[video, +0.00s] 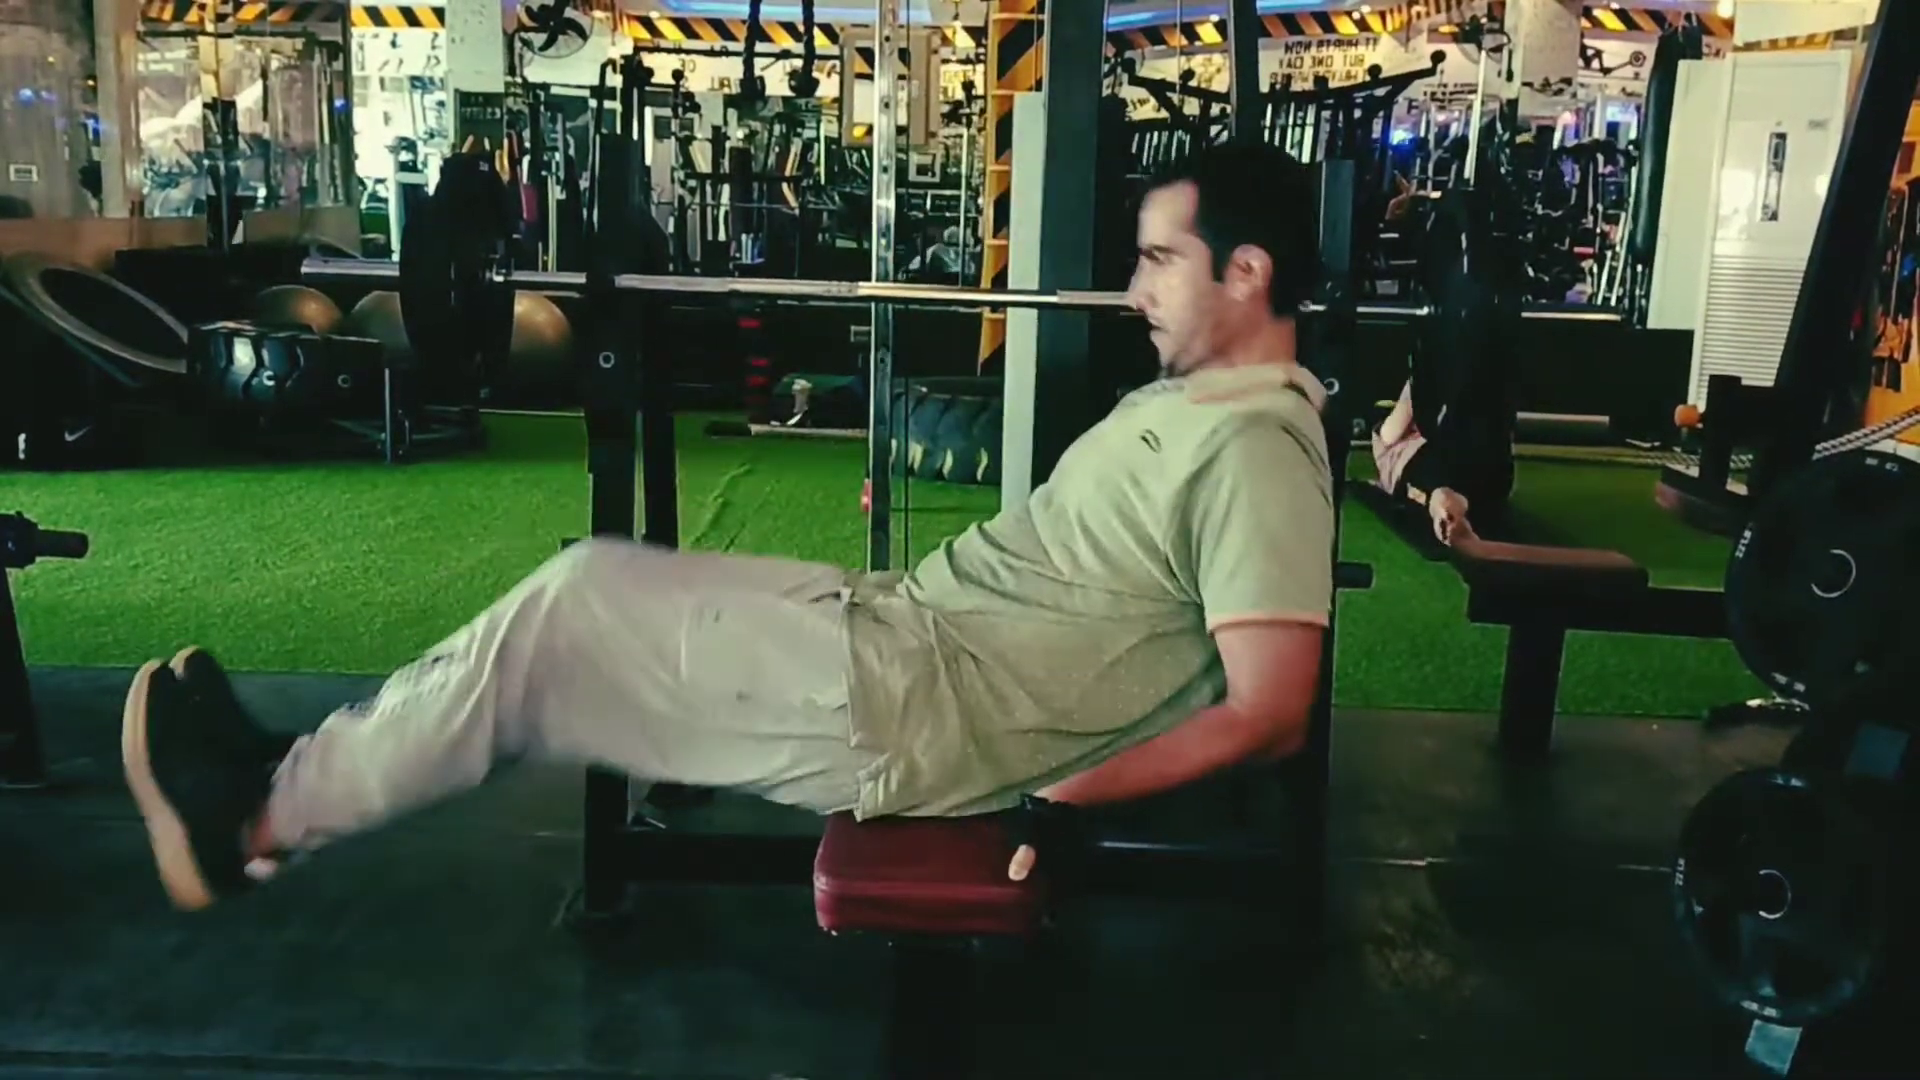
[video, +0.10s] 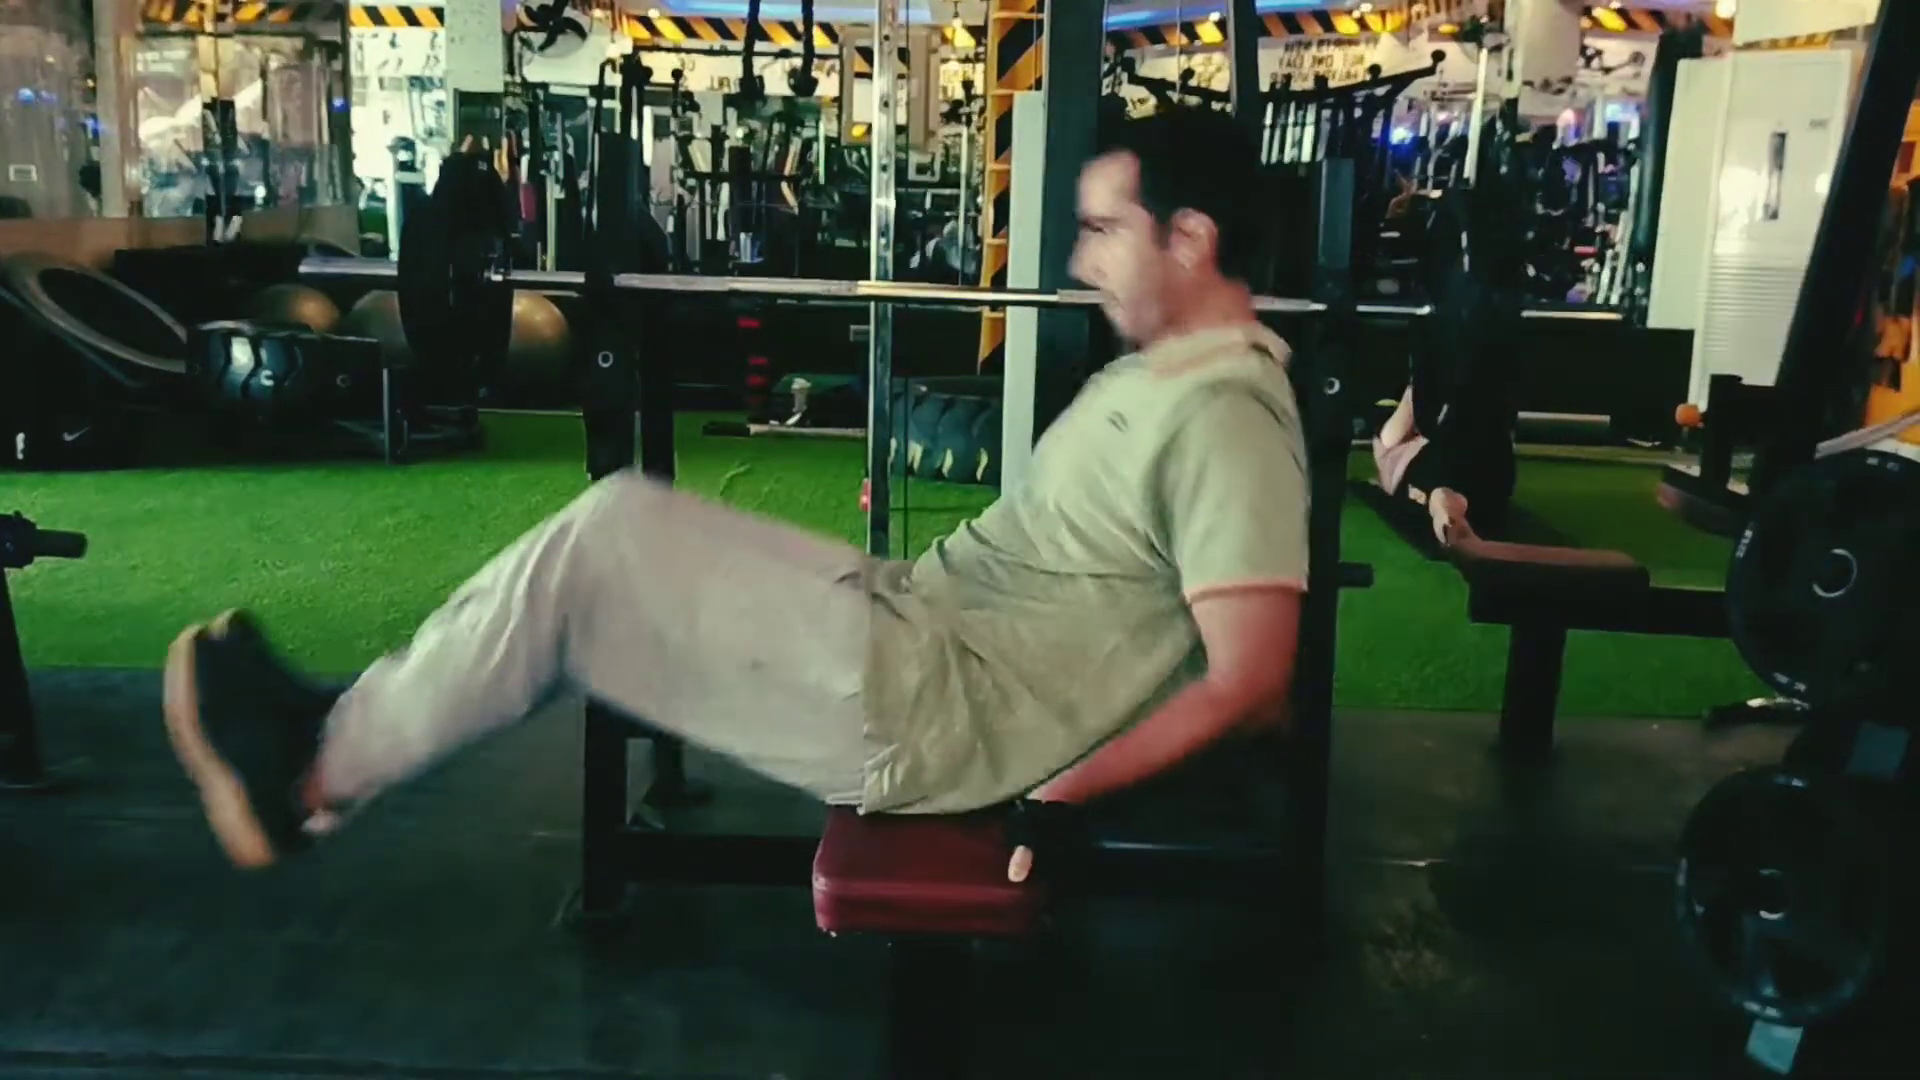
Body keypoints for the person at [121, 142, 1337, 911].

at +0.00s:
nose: (1138, 291)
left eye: (1160, 262)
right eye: (1141, 263)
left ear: (1251, 277)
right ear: (1239, 280)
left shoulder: (1257, 442)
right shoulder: (1194, 408)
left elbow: (1268, 713)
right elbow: (1193, 654)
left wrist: (1055, 798)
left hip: (926, 704)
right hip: (899, 630)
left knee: (565, 633)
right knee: (585, 582)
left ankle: (248, 836)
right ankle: (286, 792)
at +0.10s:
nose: (1085, 262)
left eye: (1105, 233)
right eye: (1086, 234)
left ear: (1196, 241)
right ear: (1174, 241)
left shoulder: (1225, 402)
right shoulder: (1166, 375)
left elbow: (1249, 679)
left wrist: (1054, 790)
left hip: (955, 705)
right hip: (928, 641)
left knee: (607, 544)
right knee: (612, 530)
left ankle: (307, 781)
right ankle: (327, 753)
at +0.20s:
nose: (989, 237)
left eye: (1007, 205)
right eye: (988, 208)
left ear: (1096, 207)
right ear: (1086, 207)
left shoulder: (1162, 368)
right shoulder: (1081, 345)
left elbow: (1222, 639)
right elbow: (1045, 552)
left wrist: (1042, 784)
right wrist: (901, 567)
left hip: (960, 720)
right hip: (924, 675)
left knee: (675, 444)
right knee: (664, 445)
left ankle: (397, 713)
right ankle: (402, 696)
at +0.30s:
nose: (889, 232)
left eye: (902, 197)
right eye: (886, 202)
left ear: (988, 197)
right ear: (984, 199)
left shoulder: (1079, 351)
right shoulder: (1021, 336)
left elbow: (1189, 613)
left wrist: (1029, 795)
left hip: (949, 727)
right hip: (919, 696)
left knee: (754, 381)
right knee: (736, 382)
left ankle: (477, 642)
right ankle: (483, 615)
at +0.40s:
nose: (838, 235)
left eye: (850, 199)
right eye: (834, 203)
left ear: (929, 197)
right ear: (932, 201)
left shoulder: (1031, 349)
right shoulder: (980, 334)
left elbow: (1168, 601)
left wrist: (1026, 797)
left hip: (937, 734)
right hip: (916, 710)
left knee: (781, 369)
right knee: (774, 363)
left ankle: (507, 622)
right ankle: (520, 588)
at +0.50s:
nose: (862, 232)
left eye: (876, 198)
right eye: (862, 201)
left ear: (958, 199)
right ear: (959, 200)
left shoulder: (1050, 354)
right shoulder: (1002, 337)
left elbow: (1184, 609)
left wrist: (1029, 790)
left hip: (936, 728)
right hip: (911, 698)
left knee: (734, 389)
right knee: (719, 389)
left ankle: (460, 665)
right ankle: (463, 637)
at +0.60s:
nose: (946, 232)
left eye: (963, 201)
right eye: (948, 204)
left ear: (1056, 207)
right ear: (1048, 210)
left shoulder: (1114, 373)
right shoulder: (1062, 347)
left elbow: (1221, 635)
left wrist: (1035, 785)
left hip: (934, 723)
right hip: (907, 661)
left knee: (633, 463)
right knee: (653, 436)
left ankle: (360, 738)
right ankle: (383, 699)